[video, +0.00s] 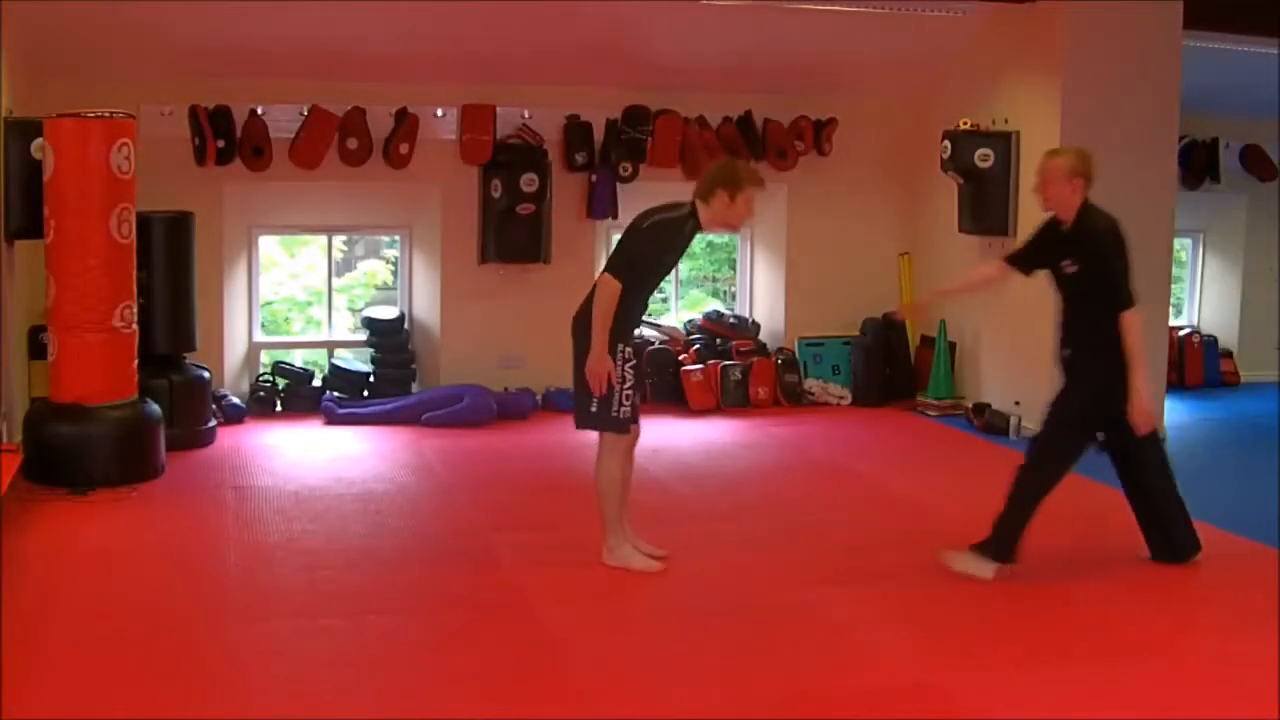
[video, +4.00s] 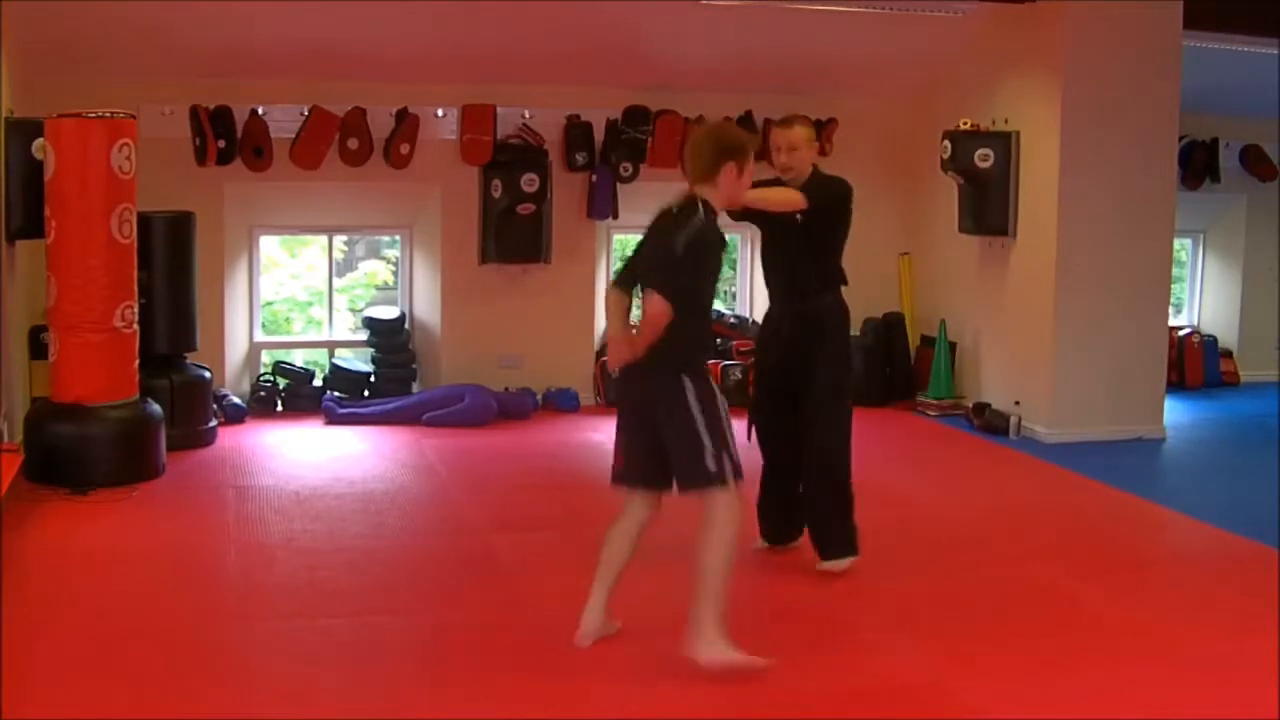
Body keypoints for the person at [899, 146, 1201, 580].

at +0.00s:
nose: (1038, 189)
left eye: (1046, 181)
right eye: (1039, 181)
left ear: (1076, 185)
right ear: (1063, 186)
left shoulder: (1102, 232)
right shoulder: (1054, 231)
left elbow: (1127, 314)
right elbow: (996, 271)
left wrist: (1140, 390)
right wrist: (931, 298)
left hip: (1101, 376)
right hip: (1094, 372)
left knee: (1043, 461)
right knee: (1140, 461)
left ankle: (995, 550)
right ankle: (1178, 545)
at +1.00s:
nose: (909, 210)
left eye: (913, 202)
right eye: (910, 202)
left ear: (936, 207)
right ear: (941, 203)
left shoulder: (985, 239)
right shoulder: (944, 233)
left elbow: (1012, 324)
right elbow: (881, 260)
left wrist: (1002, 398)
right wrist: (809, 279)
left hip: (1029, 345)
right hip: (1040, 333)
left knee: (996, 450)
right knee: (1068, 432)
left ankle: (979, 560)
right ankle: (1107, 523)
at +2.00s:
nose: (1077, 193)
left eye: (1082, 184)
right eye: (1077, 185)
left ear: (1110, 184)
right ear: (1108, 185)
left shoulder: (1150, 219)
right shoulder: (1133, 224)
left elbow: (1202, 277)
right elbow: (1186, 280)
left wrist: (1232, 320)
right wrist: (1224, 322)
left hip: (1192, 354)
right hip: (1167, 354)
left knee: (1210, 456)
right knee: (1156, 447)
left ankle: (1263, 559)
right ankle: (1156, 547)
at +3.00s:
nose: (1011, 147)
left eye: (1021, 139)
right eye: (1015, 139)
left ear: (1047, 150)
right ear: (1047, 151)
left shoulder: (1046, 196)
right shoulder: (1054, 194)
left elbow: (967, 190)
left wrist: (899, 180)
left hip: (1047, 332)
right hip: (1054, 328)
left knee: (1015, 440)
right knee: (1073, 437)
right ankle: (1104, 544)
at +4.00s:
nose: (785, 157)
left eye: (793, 148)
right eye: (777, 150)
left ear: (815, 149)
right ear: (771, 154)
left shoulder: (835, 190)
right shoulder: (767, 192)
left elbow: (787, 201)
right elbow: (728, 203)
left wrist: (733, 194)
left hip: (824, 321)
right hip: (780, 320)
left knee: (825, 429)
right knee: (776, 424)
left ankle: (838, 542)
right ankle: (782, 526)